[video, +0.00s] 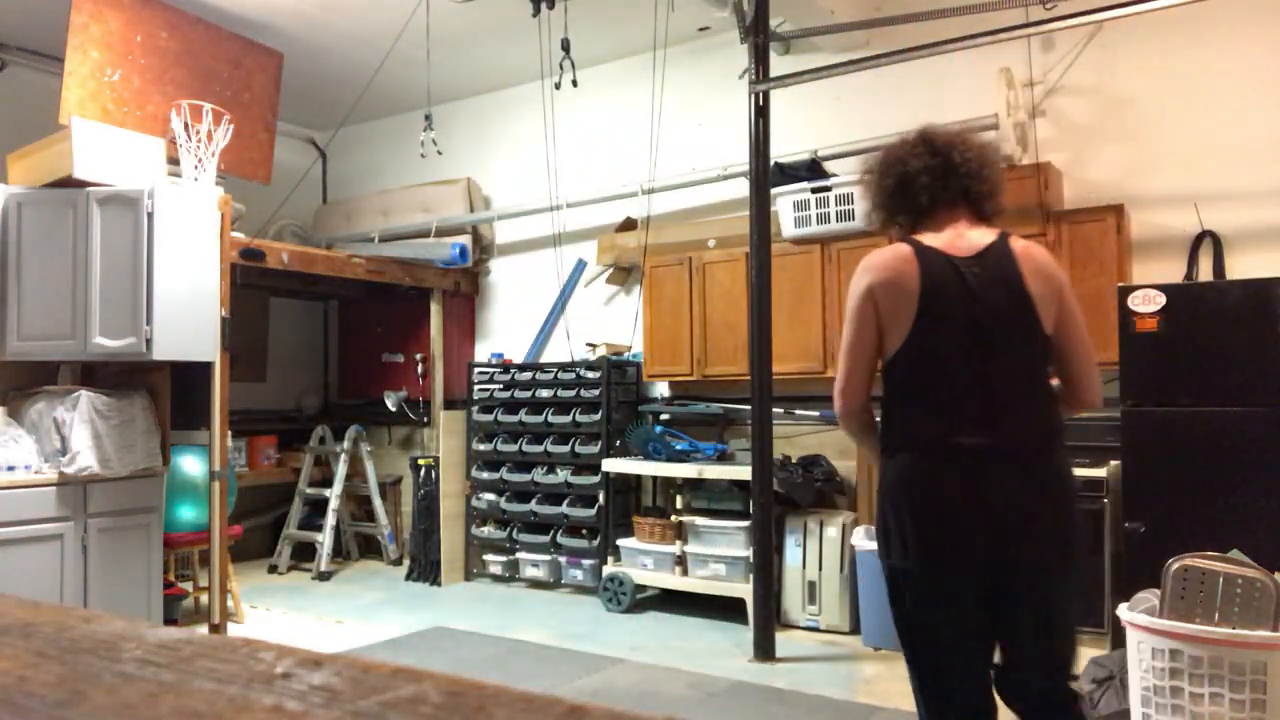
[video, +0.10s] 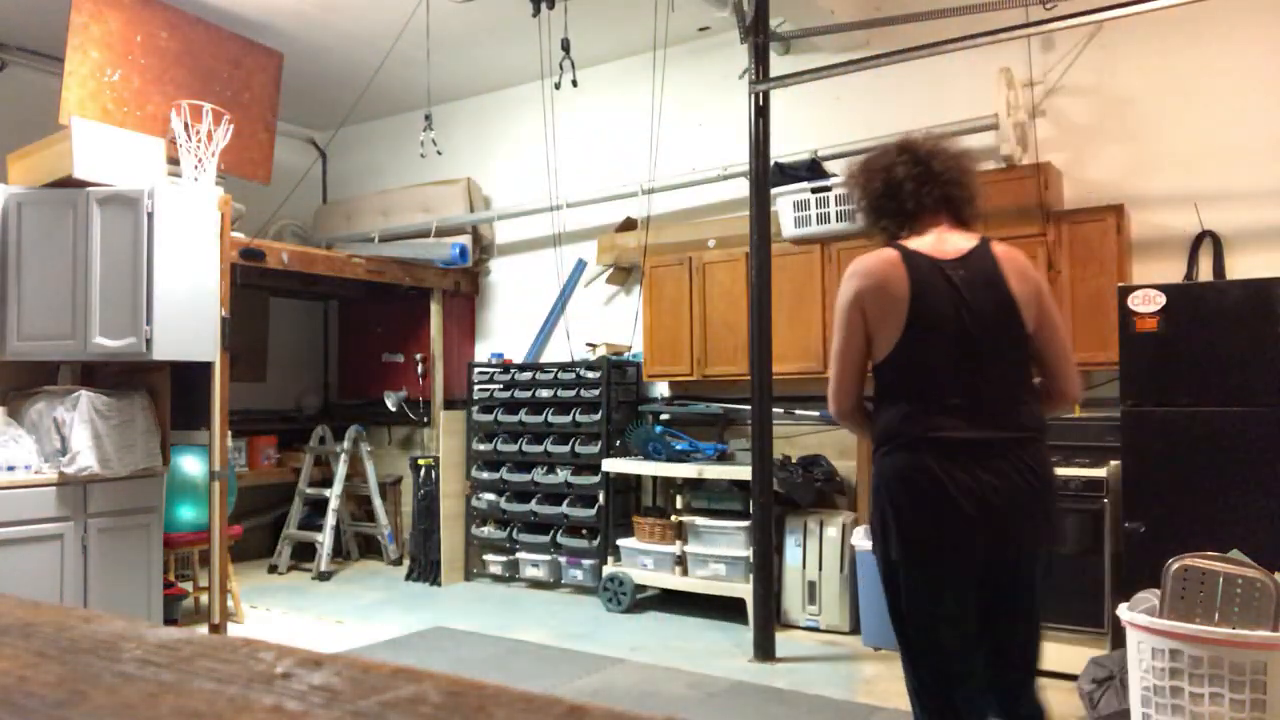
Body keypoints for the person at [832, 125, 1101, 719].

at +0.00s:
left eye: (889, 206)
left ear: (898, 205)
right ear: (980, 190)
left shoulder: (883, 272)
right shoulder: (1036, 262)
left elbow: (850, 405)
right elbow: (1084, 394)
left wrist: (892, 444)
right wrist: (1019, 395)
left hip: (929, 510)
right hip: (1034, 501)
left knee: (952, 696)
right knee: (1041, 683)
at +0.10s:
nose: (870, 219)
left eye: (876, 208)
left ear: (885, 209)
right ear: (960, 195)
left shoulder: (870, 276)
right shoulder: (1015, 265)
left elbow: (843, 405)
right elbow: (1064, 389)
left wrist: (900, 430)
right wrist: (998, 402)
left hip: (920, 494)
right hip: (1016, 486)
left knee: (943, 683)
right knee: (1013, 678)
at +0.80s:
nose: (734, 235)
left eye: (741, 225)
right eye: (737, 224)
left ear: (757, 236)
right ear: (797, 240)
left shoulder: (761, 295)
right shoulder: (814, 300)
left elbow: (739, 395)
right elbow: (801, 399)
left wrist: (726, 449)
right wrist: (753, 449)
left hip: (799, 479)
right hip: (854, 474)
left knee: (756, 611)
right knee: (854, 626)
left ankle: (750, 711)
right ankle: (881, 714)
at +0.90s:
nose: (709, 240)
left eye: (716, 231)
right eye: (713, 230)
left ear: (737, 240)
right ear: (771, 243)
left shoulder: (739, 298)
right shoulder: (786, 303)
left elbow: (713, 394)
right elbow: (764, 402)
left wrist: (698, 459)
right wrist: (708, 445)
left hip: (770, 483)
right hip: (820, 479)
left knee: (734, 617)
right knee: (824, 625)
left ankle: (715, 715)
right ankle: (870, 714)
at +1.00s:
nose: (692, 255)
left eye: (699, 247)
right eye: (695, 246)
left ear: (719, 255)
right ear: (750, 259)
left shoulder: (718, 314)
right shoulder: (762, 318)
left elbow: (675, 403)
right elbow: (741, 417)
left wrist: (658, 454)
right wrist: (677, 444)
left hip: (743, 489)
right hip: (789, 484)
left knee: (699, 615)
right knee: (769, 610)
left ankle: (702, 715)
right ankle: (846, 690)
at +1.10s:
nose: (680, 264)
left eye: (688, 256)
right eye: (683, 255)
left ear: (707, 266)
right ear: (732, 270)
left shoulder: (705, 325)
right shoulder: (747, 327)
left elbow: (640, 398)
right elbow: (714, 416)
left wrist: (612, 408)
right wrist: (641, 420)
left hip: (727, 494)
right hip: (768, 488)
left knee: (671, 608)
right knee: (722, 599)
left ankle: (697, 714)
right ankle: (793, 680)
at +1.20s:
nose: (675, 272)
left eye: (684, 266)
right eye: (679, 264)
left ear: (704, 278)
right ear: (731, 282)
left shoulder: (697, 335)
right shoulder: (735, 338)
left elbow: (617, 378)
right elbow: (670, 390)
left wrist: (588, 348)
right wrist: (620, 354)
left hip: (707, 506)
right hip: (743, 504)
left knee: (650, 605)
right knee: (698, 602)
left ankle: (693, 712)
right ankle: (743, 684)